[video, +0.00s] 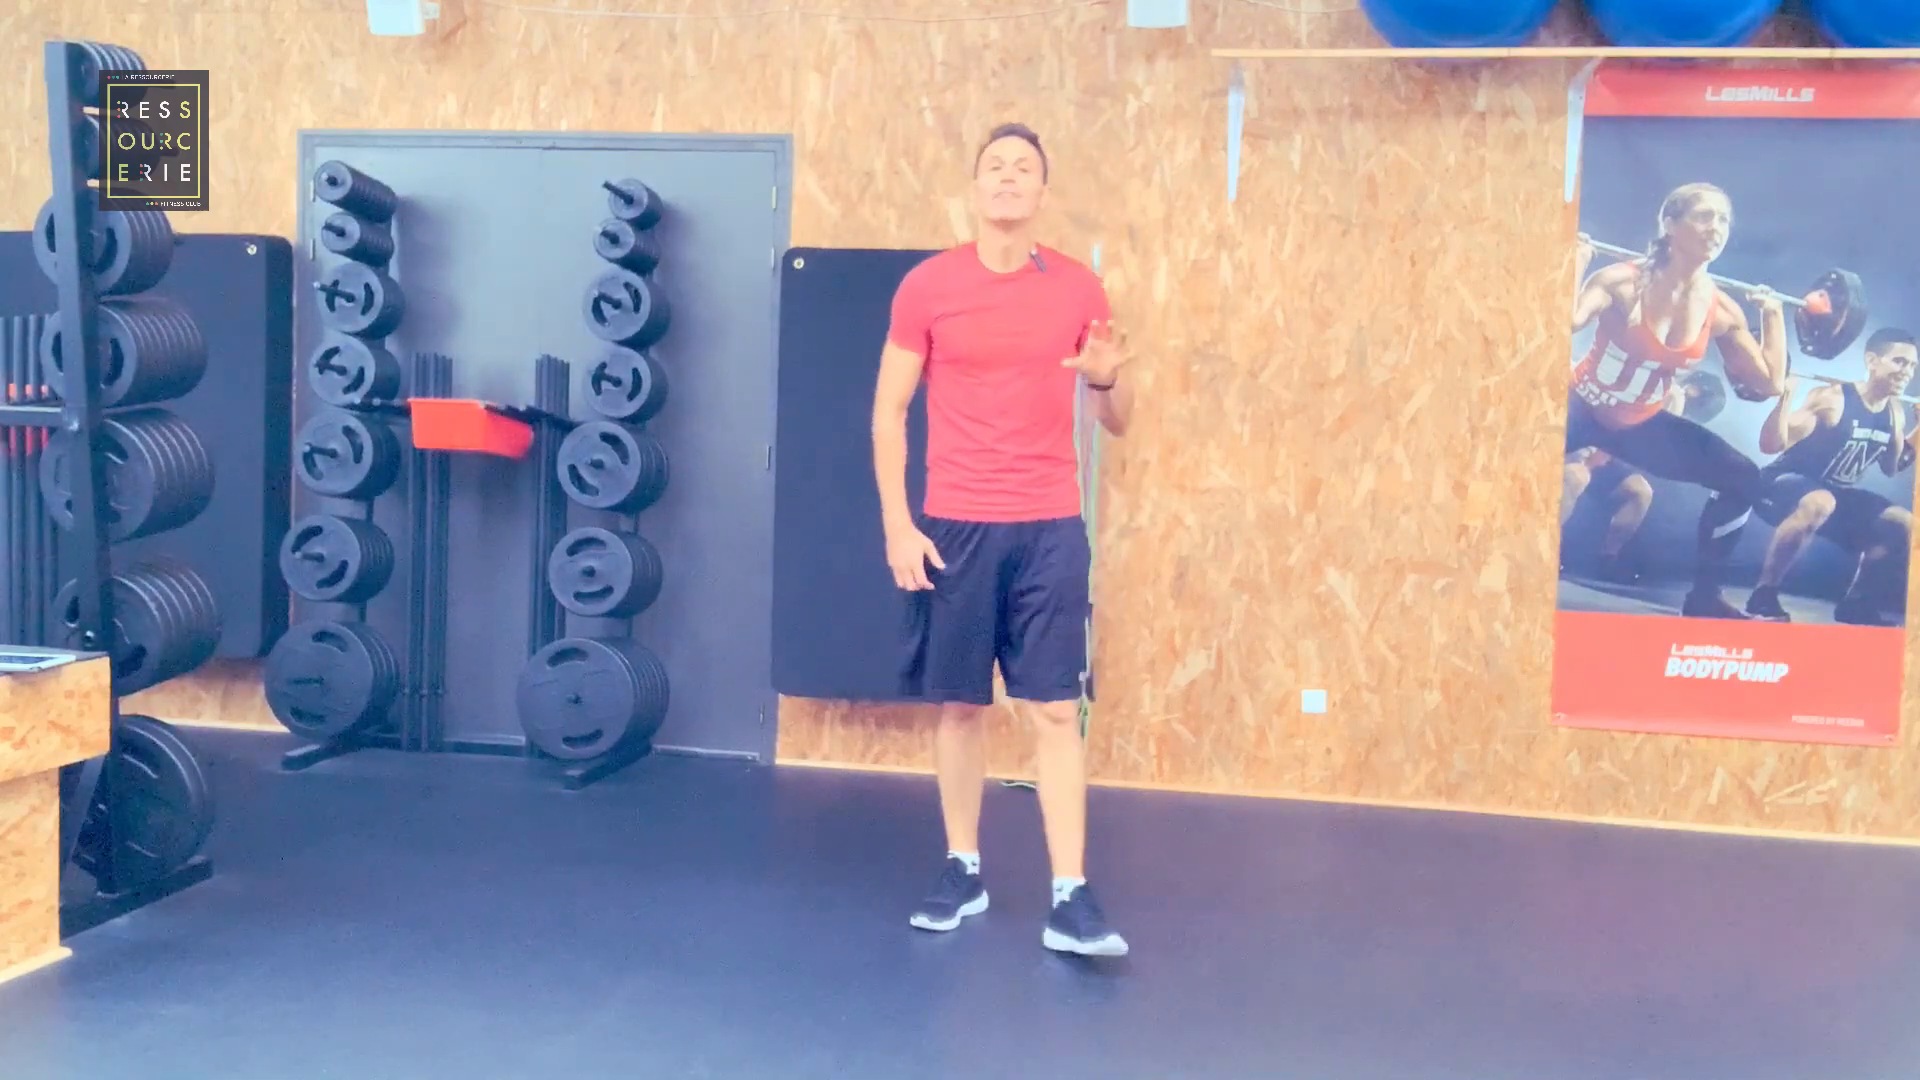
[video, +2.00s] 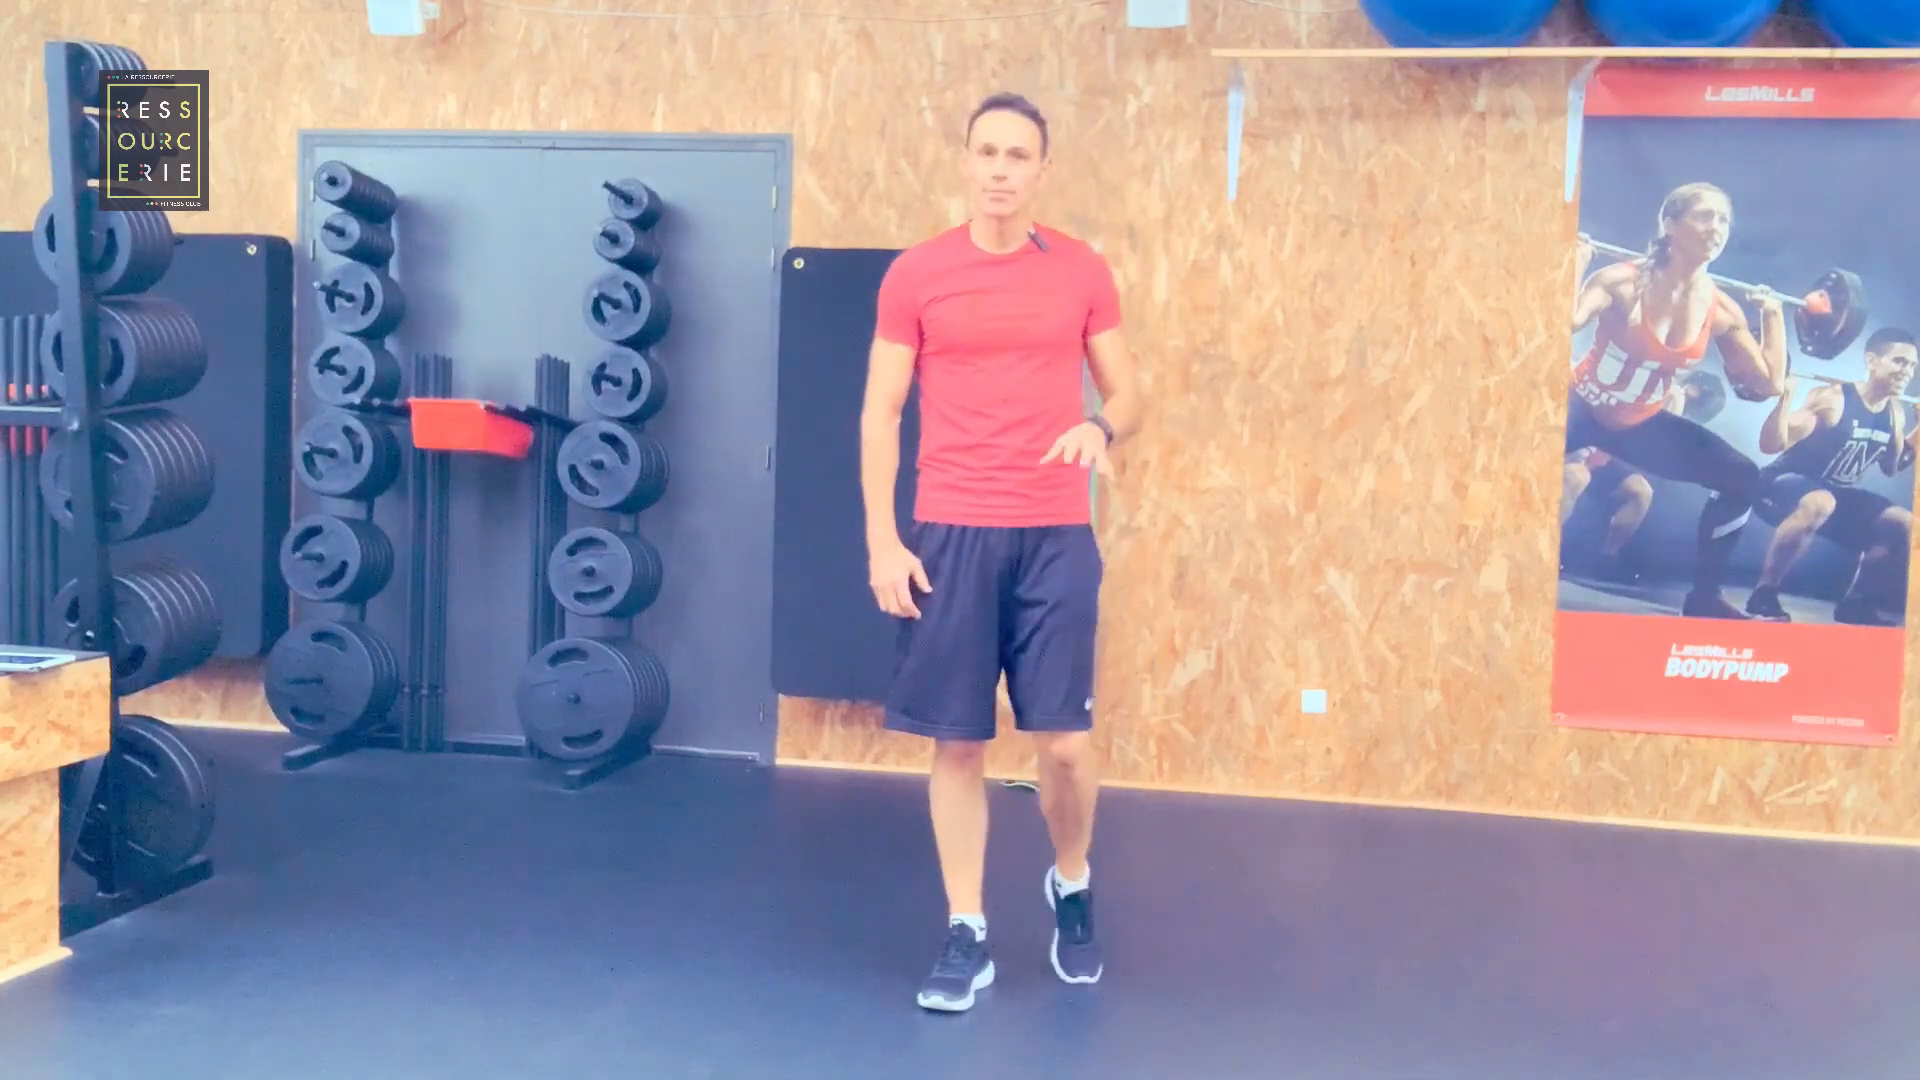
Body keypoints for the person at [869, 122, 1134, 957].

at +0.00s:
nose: (1007, 180)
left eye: (1023, 170)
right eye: (995, 168)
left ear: (1045, 192)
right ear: (971, 188)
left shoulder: (1077, 285)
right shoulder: (928, 285)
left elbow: (1115, 420)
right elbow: (888, 413)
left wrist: (1104, 378)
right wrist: (898, 524)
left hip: (1049, 525)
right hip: (955, 526)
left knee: (1056, 707)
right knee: (961, 704)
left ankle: (1070, 897)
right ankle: (961, 873)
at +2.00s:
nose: (1001, 170)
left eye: (1018, 155)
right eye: (987, 152)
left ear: (1043, 170)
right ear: (963, 163)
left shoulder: (1079, 269)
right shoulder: (916, 273)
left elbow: (1123, 400)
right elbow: (880, 412)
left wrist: (1101, 426)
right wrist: (882, 538)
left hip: (1056, 533)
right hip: (951, 533)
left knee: (1062, 743)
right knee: (958, 741)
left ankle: (1073, 890)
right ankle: (965, 932)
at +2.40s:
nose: (1030, 166)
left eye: (1048, 152)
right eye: (1018, 150)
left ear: (1073, 170)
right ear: (994, 164)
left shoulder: (1106, 271)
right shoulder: (947, 269)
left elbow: (1143, 404)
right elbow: (890, 408)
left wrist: (1118, 435)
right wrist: (931, 513)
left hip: (1083, 533)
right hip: (982, 533)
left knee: (1071, 734)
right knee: (972, 735)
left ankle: (1058, 902)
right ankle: (966, 933)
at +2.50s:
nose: (1035, 162)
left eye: (1053, 150)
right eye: (1023, 147)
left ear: (1079, 170)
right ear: (1000, 164)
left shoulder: (1113, 271)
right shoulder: (954, 270)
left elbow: (1151, 405)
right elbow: (893, 401)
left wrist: (1131, 431)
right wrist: (949, 479)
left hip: (1089, 532)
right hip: (990, 531)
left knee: (1071, 736)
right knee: (979, 735)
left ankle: (1056, 904)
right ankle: (968, 933)